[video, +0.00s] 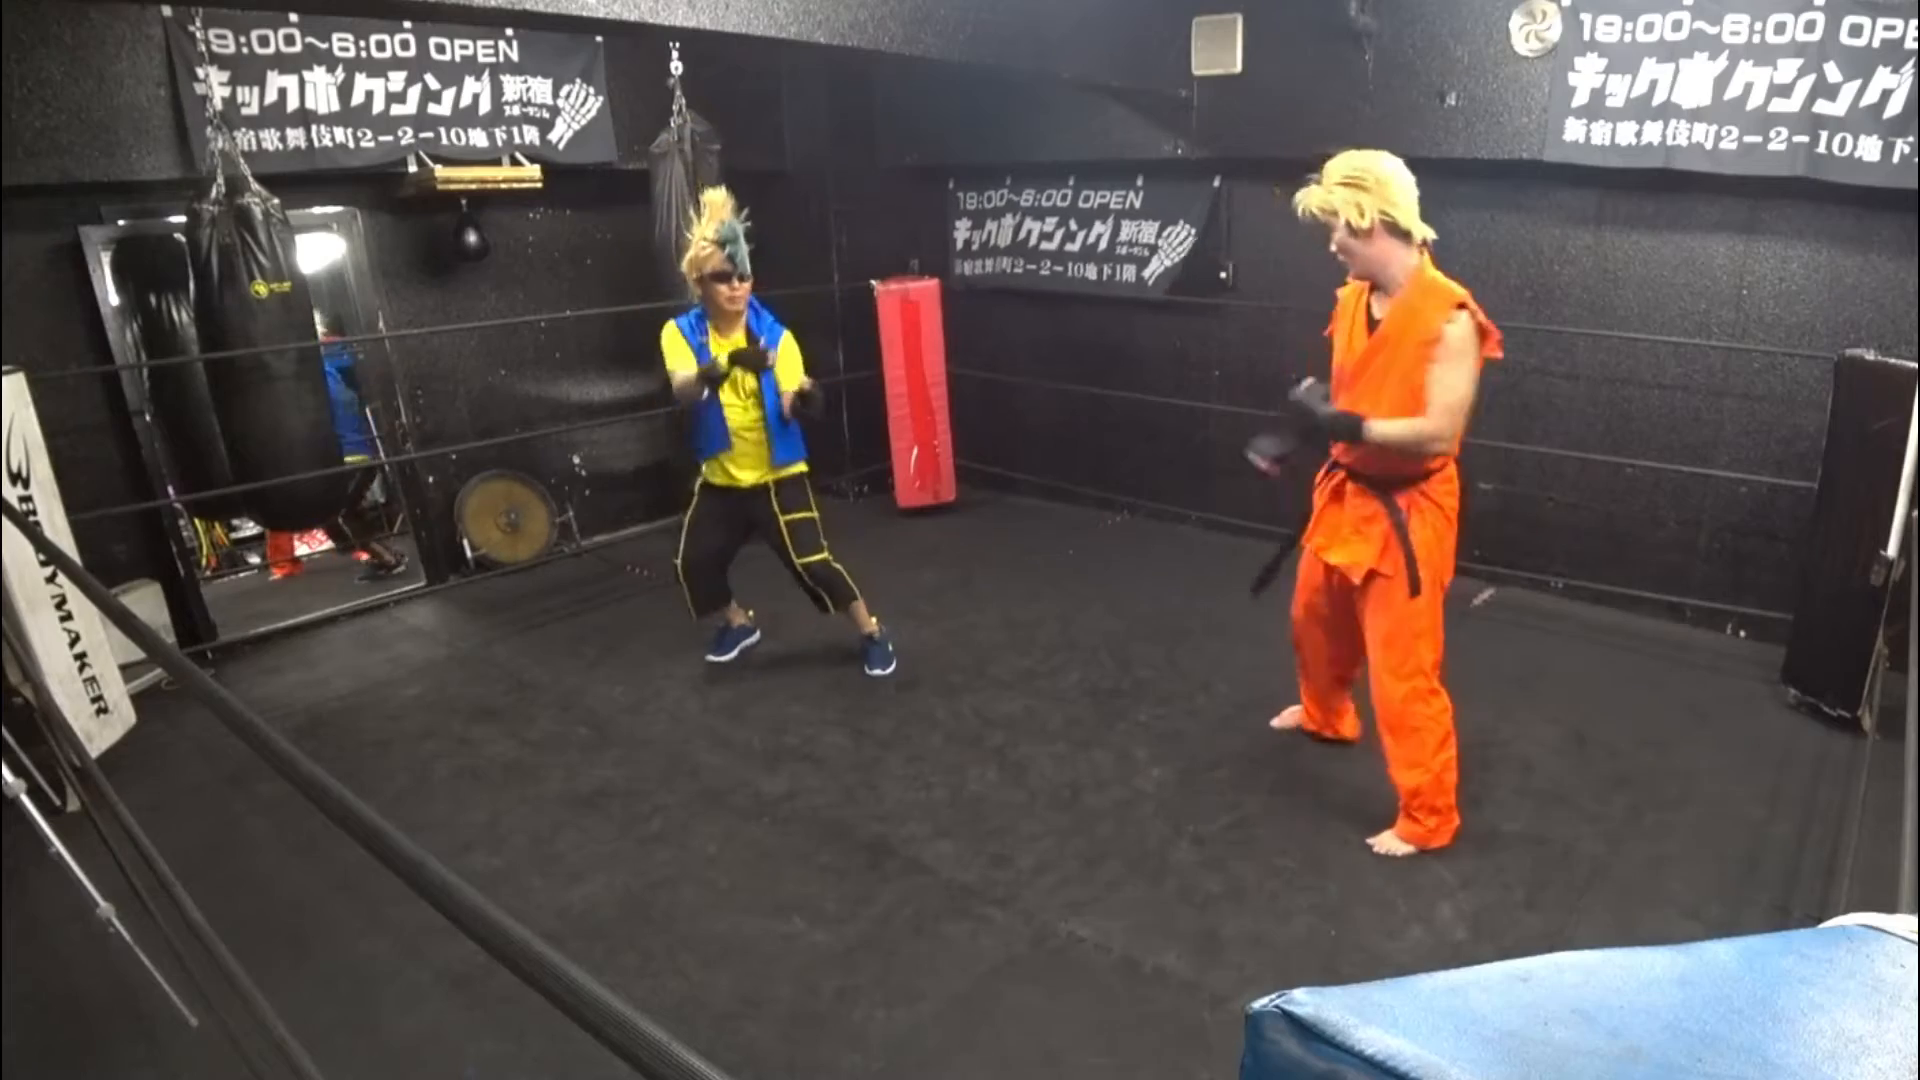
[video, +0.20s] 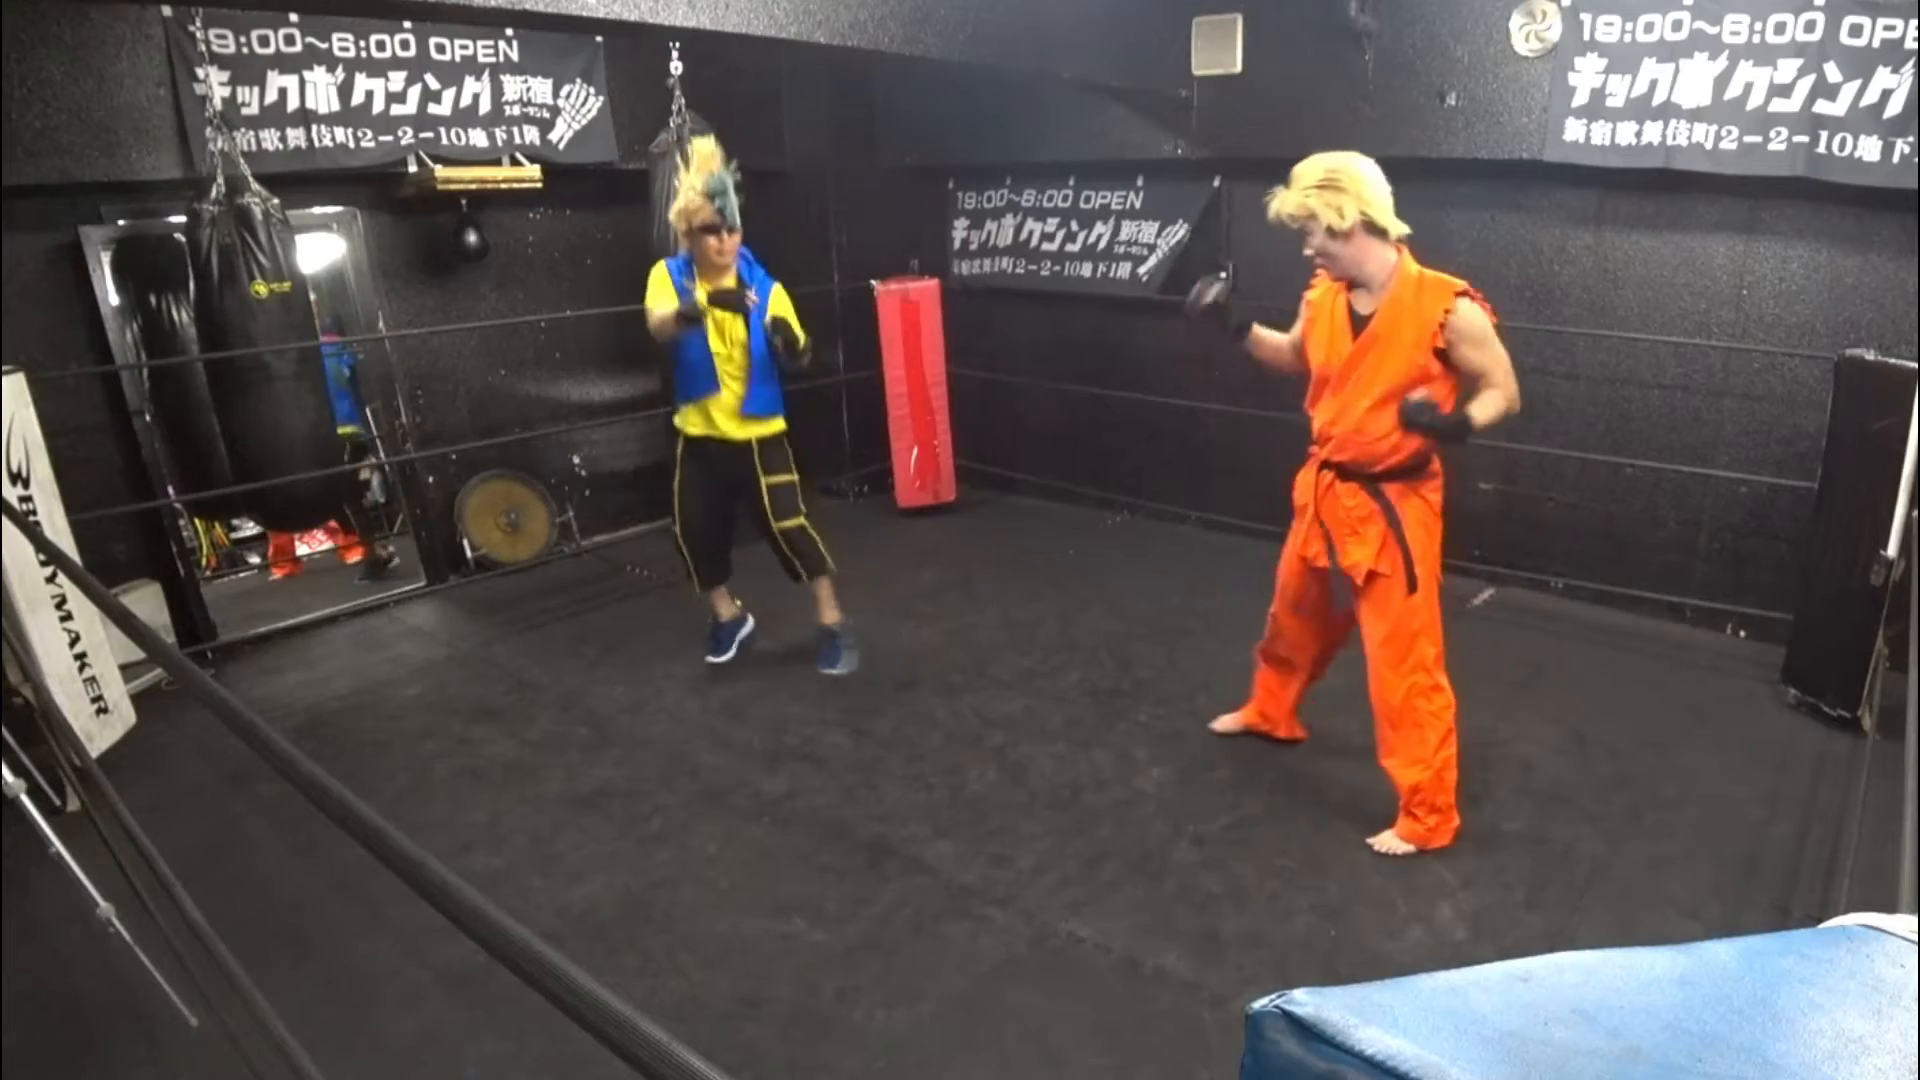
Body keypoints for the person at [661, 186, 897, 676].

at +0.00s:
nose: (736, 288)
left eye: (742, 277)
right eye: (723, 279)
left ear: (752, 281)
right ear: (700, 285)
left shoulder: (772, 333)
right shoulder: (680, 333)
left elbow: (794, 406)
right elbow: (682, 392)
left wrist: (804, 398)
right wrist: (722, 368)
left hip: (781, 475)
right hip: (721, 479)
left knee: (811, 563)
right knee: (696, 563)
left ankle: (870, 631)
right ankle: (736, 623)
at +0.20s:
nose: (721, 243)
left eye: (728, 232)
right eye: (709, 234)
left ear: (740, 235)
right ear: (687, 238)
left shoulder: (763, 288)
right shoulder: (668, 277)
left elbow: (799, 354)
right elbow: (659, 327)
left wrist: (789, 342)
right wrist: (698, 308)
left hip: (760, 428)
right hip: (699, 430)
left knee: (787, 523)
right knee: (694, 531)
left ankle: (829, 616)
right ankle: (727, 615)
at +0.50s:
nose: (715, 277)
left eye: (721, 267)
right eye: (703, 268)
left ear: (730, 269)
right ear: (680, 274)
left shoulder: (751, 323)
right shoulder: (660, 318)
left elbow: (791, 388)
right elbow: (639, 376)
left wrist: (816, 370)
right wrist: (669, 353)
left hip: (752, 458)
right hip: (693, 464)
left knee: (775, 543)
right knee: (687, 553)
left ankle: (806, 626)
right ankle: (714, 622)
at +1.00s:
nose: (731, 256)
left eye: (737, 244)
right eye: (718, 246)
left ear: (745, 247)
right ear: (691, 249)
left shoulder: (767, 295)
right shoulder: (669, 296)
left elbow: (810, 358)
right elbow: (664, 352)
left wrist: (818, 339)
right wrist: (700, 320)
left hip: (776, 444)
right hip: (713, 451)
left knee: (811, 539)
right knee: (687, 544)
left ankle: (867, 618)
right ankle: (708, 616)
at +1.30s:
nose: (739, 294)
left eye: (744, 283)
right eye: (726, 285)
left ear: (751, 286)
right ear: (697, 291)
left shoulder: (769, 339)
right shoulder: (677, 344)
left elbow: (815, 396)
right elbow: (658, 406)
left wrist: (839, 378)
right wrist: (682, 377)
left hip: (784, 486)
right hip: (721, 493)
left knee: (826, 566)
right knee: (685, 573)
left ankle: (892, 635)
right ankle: (695, 631)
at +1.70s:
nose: (737, 250)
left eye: (741, 240)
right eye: (723, 241)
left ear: (749, 242)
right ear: (694, 246)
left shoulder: (762, 291)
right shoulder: (667, 291)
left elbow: (802, 347)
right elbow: (664, 354)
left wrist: (808, 337)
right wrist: (705, 330)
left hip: (766, 440)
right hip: (701, 446)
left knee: (810, 533)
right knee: (683, 547)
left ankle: (847, 620)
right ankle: (688, 624)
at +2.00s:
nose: (728, 280)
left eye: (732, 269)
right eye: (715, 270)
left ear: (739, 272)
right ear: (686, 278)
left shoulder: (753, 326)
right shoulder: (663, 335)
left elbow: (789, 372)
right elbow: (686, 402)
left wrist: (810, 406)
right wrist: (722, 375)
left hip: (742, 470)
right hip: (685, 476)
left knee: (779, 546)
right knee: (681, 566)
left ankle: (813, 622)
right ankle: (682, 633)